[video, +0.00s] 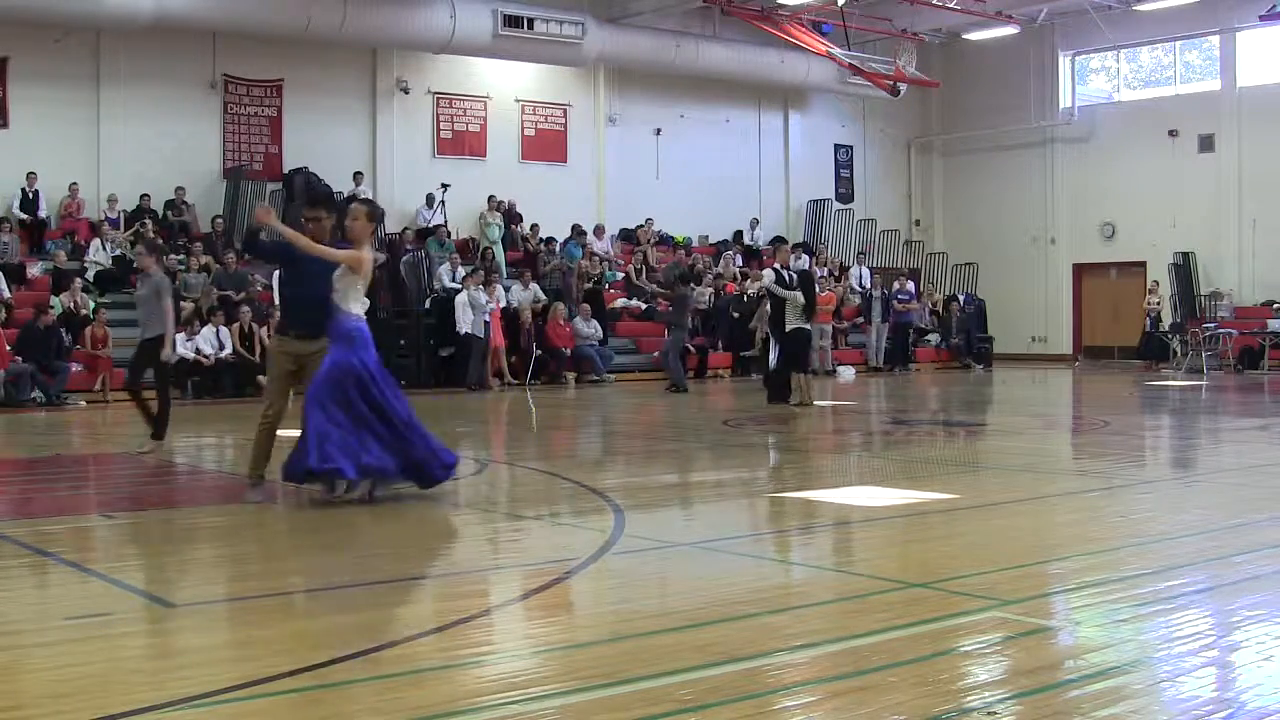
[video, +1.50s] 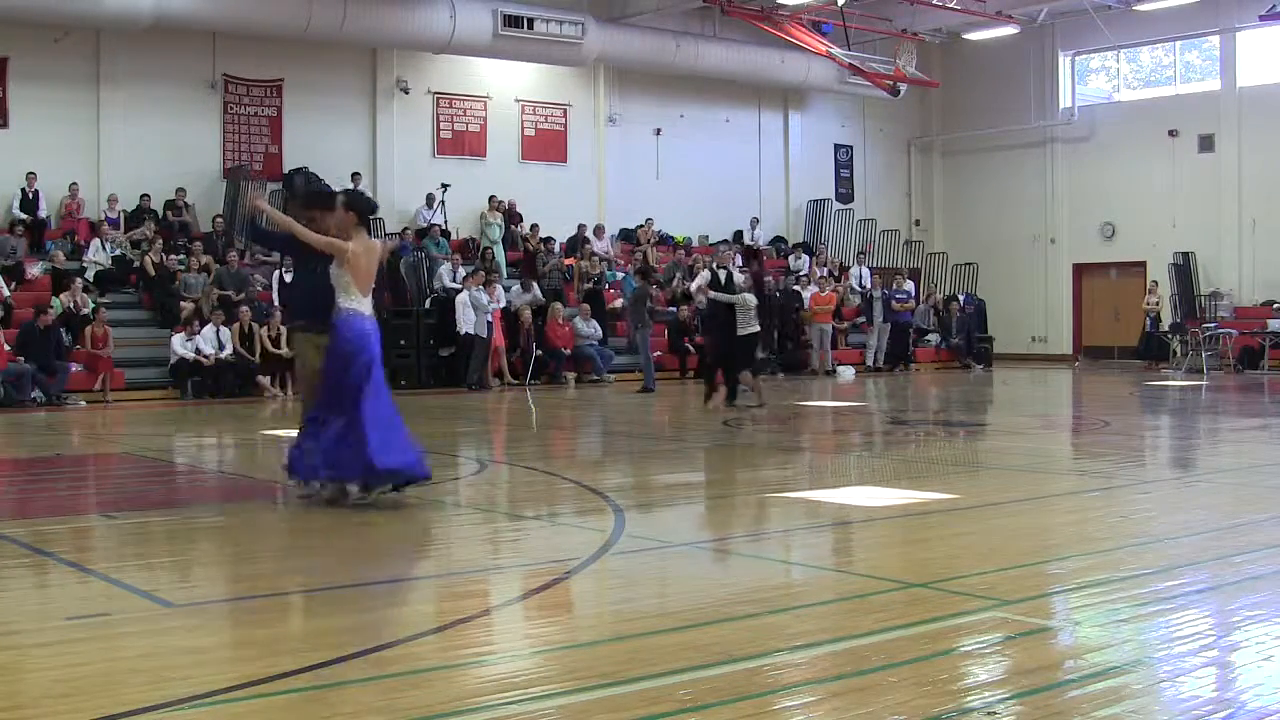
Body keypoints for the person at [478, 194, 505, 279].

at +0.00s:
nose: (494, 204)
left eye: (495, 202)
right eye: (492, 202)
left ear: (497, 203)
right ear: (488, 203)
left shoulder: (499, 215)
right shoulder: (483, 214)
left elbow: (502, 227)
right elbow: (482, 227)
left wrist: (499, 237)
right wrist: (489, 238)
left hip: (496, 240)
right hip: (486, 240)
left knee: (499, 258)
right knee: (486, 258)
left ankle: (501, 277)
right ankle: (485, 277)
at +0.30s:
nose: (494, 204)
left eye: (495, 202)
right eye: (492, 202)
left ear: (497, 203)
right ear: (488, 203)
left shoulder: (499, 215)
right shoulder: (483, 214)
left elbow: (502, 227)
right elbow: (482, 227)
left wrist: (499, 238)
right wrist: (489, 238)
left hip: (496, 240)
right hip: (486, 240)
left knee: (499, 258)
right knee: (486, 257)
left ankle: (500, 276)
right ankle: (485, 276)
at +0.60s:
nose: (495, 204)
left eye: (496, 202)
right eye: (494, 202)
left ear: (498, 203)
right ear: (489, 203)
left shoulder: (500, 215)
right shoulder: (484, 214)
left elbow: (502, 227)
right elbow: (483, 227)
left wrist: (499, 238)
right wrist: (490, 238)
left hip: (497, 240)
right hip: (487, 239)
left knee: (499, 258)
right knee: (487, 257)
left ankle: (500, 276)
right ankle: (486, 275)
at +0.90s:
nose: (495, 204)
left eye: (496, 202)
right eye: (493, 202)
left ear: (498, 203)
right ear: (489, 203)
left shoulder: (500, 215)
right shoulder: (484, 214)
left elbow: (502, 227)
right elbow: (483, 227)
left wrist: (499, 238)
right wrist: (490, 238)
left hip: (497, 240)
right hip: (487, 240)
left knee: (499, 258)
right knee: (487, 257)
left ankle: (500, 275)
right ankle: (486, 275)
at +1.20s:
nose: (495, 204)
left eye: (496, 202)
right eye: (493, 202)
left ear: (498, 203)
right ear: (489, 203)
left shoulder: (500, 215)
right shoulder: (484, 214)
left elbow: (502, 227)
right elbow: (483, 227)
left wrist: (499, 237)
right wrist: (490, 238)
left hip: (497, 239)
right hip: (487, 238)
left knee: (499, 257)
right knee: (487, 256)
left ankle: (500, 275)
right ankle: (486, 275)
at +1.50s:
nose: (495, 204)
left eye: (496, 202)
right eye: (493, 202)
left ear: (498, 203)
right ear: (489, 203)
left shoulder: (500, 215)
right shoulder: (484, 214)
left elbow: (502, 227)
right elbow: (483, 227)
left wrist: (499, 237)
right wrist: (490, 238)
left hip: (497, 239)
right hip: (487, 238)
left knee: (499, 257)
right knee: (487, 256)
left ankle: (500, 275)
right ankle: (486, 275)